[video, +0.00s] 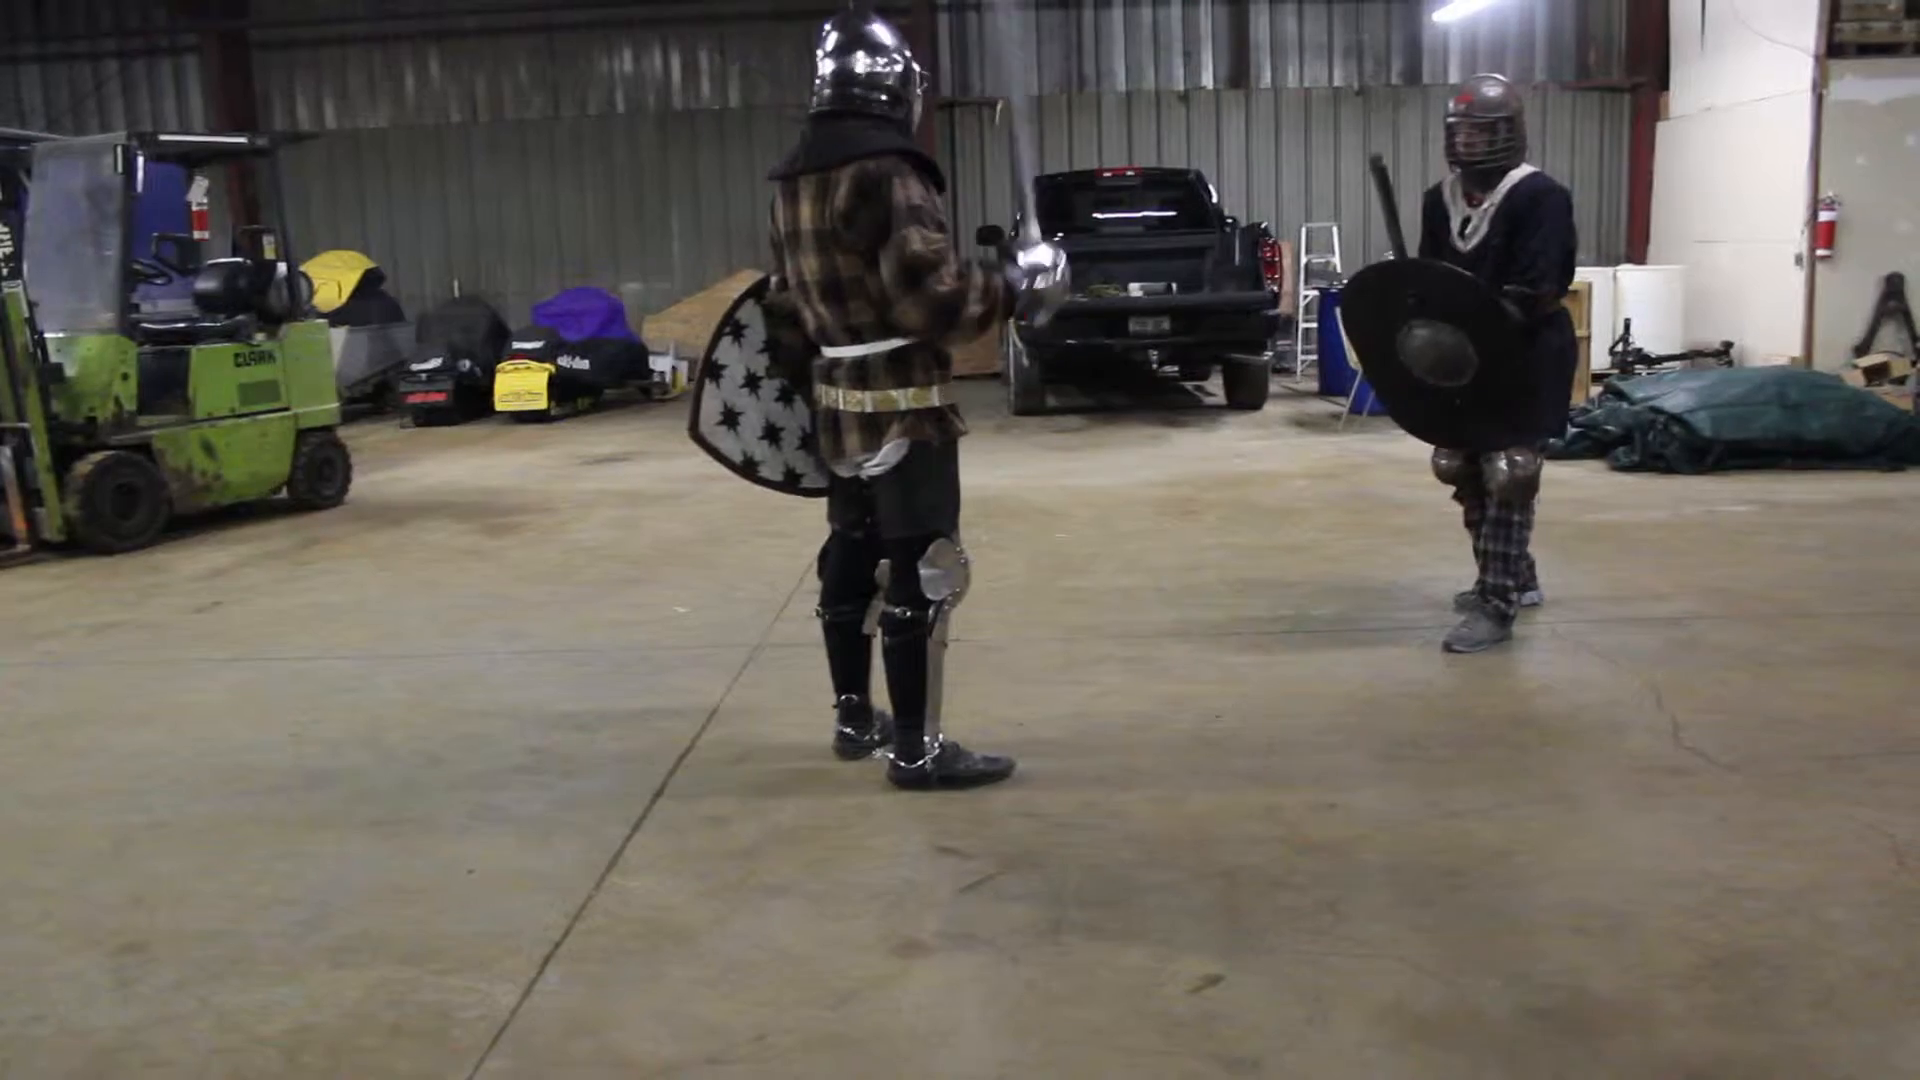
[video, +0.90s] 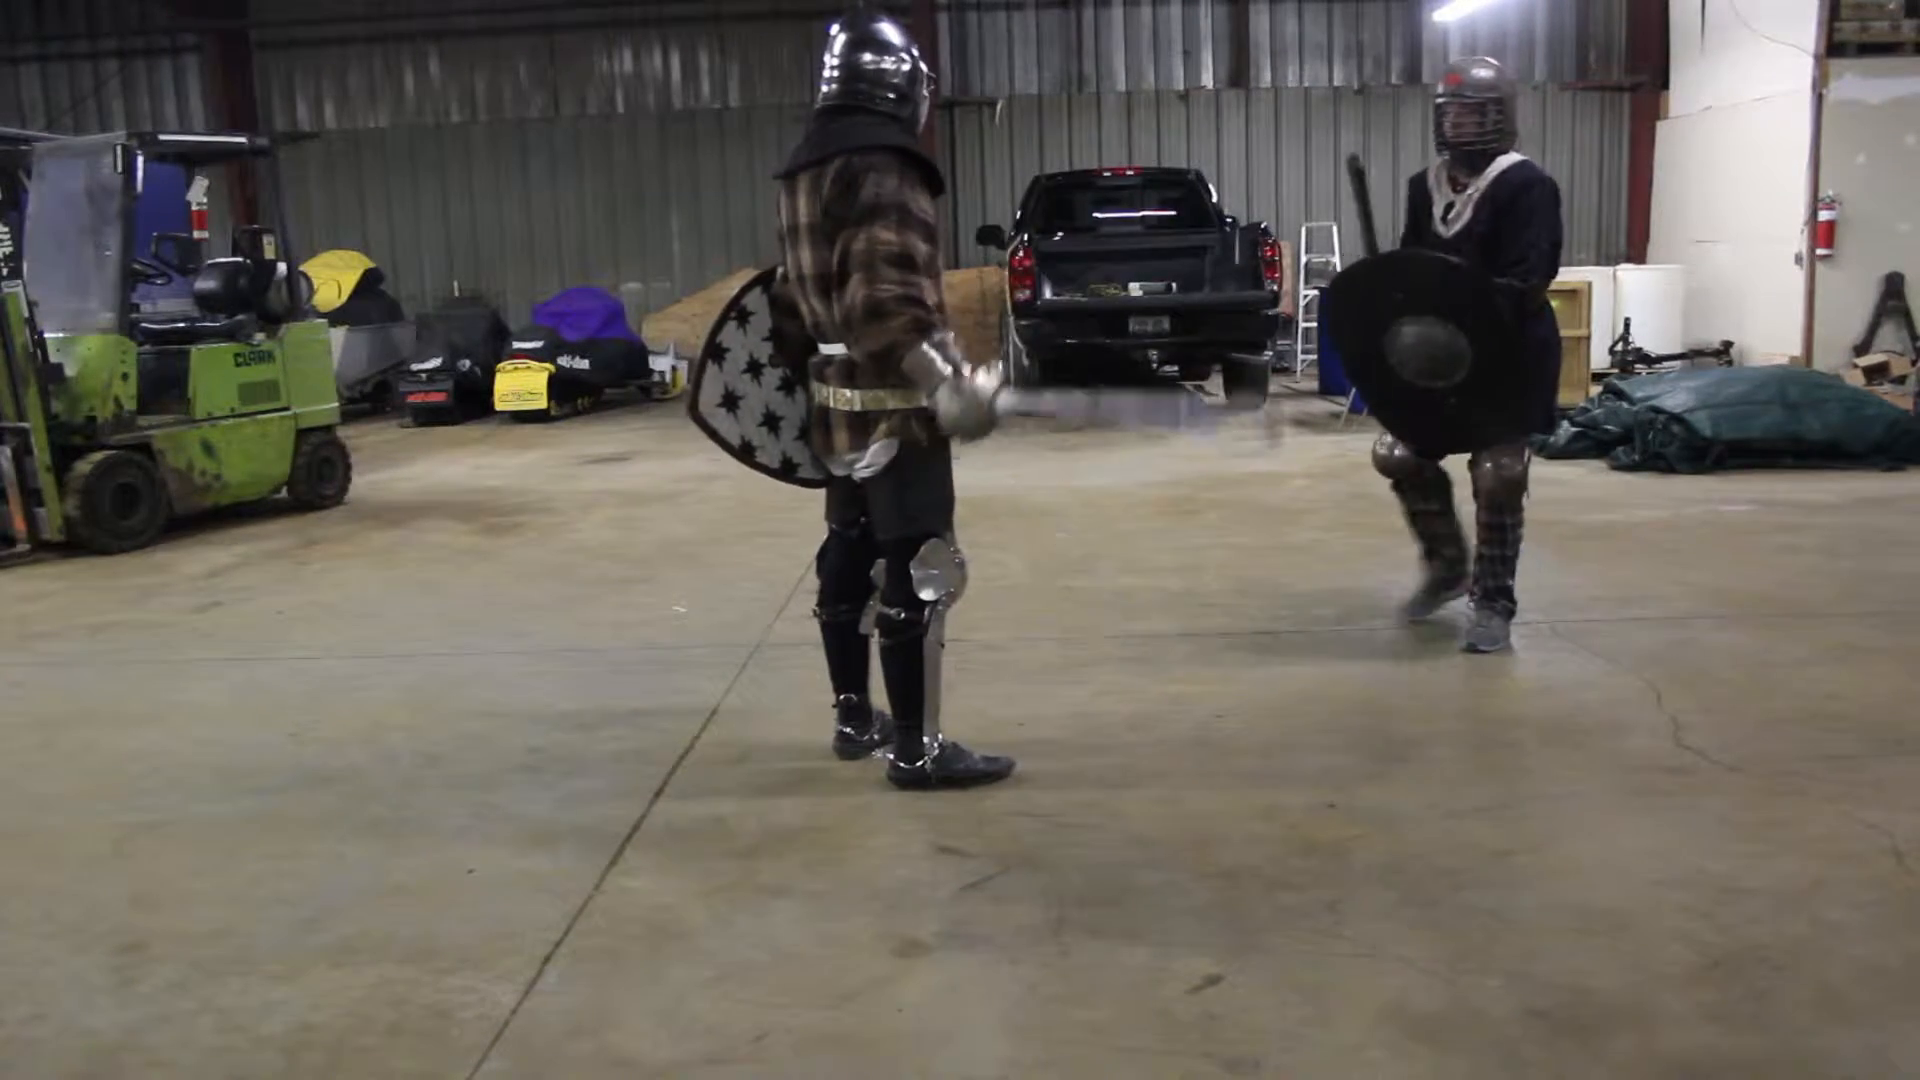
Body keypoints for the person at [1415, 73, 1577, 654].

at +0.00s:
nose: (1468, 139)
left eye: (1482, 128)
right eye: (1460, 128)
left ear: (1511, 133)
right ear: (1449, 133)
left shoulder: (1541, 197)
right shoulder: (1439, 201)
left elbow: (1543, 286)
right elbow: (1431, 281)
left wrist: (1479, 323)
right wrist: (1423, 337)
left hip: (1529, 362)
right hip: (1465, 363)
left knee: (1510, 469)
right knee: (1457, 464)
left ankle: (1495, 603)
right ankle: (1515, 575)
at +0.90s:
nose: (1464, 122)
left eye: (1479, 111)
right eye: (1454, 111)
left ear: (1504, 117)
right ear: (1440, 118)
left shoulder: (1528, 186)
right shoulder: (1424, 187)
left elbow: (1529, 281)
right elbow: (1411, 273)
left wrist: (1460, 307)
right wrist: (1396, 334)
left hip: (1514, 359)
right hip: (1443, 357)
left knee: (1499, 470)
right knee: (1400, 456)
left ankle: (1492, 604)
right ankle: (1446, 565)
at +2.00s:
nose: (1391, 151)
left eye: (1404, 135)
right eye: (1379, 140)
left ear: (1425, 141)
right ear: (1363, 153)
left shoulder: (1459, 196)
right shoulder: (1351, 207)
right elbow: (1290, 247)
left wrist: (1419, 143)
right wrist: (1277, 188)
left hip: (1461, 338)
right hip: (1388, 343)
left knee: (1470, 475)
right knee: (1365, 469)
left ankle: (1500, 593)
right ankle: (1365, 600)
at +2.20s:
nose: (1423, 144)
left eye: (1435, 131)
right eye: (1409, 131)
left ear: (1457, 136)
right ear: (1390, 137)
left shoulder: (1486, 198)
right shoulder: (1377, 197)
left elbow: (1487, 278)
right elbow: (1324, 265)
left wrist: (1438, 200)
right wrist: (1301, 213)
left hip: (1484, 342)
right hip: (1413, 344)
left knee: (1497, 482)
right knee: (1380, 472)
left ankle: (1507, 598)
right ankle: (1367, 602)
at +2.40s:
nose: (1443, 144)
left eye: (1458, 132)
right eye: (1434, 131)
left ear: (1481, 138)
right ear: (1419, 136)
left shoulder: (1515, 203)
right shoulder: (1408, 205)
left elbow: (1504, 286)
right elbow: (1351, 274)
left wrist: (1453, 223)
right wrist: (1315, 236)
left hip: (1507, 349)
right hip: (1437, 350)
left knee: (1509, 487)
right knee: (1395, 473)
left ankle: (1508, 600)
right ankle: (1372, 601)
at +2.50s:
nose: (1453, 146)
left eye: (1467, 133)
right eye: (1442, 135)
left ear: (1490, 139)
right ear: (1427, 141)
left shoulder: (1522, 201)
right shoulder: (1413, 206)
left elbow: (1517, 272)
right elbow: (1353, 268)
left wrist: (1462, 212)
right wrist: (1317, 231)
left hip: (1514, 350)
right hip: (1444, 351)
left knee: (1513, 488)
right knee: (1398, 472)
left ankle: (1509, 599)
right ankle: (1375, 600)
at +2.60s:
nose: (1449, 154)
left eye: (1463, 142)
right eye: (1439, 144)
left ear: (1487, 149)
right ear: (1425, 157)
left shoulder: (1521, 202)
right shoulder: (1417, 214)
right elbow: (1352, 256)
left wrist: (1483, 134)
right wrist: (1315, 213)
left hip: (1518, 348)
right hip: (1446, 351)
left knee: (1515, 484)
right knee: (1396, 466)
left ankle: (1508, 598)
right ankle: (1371, 596)